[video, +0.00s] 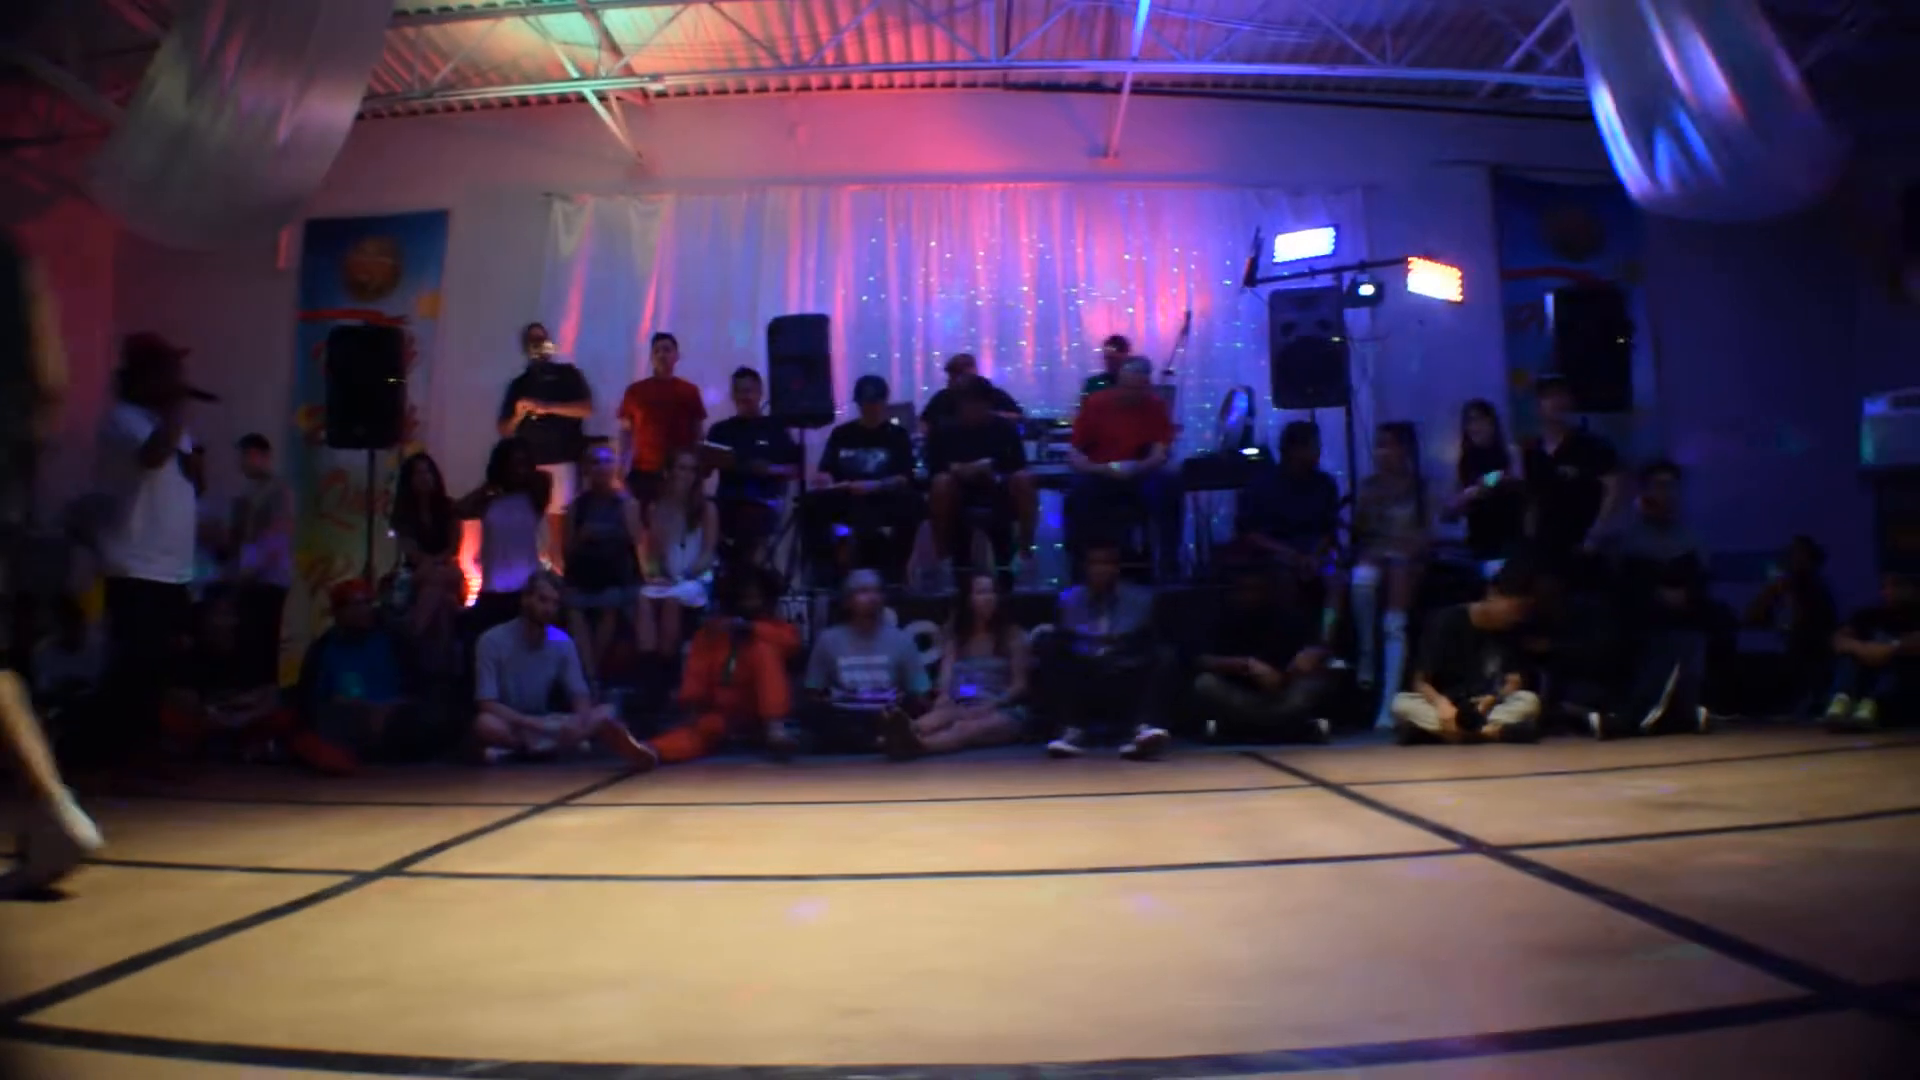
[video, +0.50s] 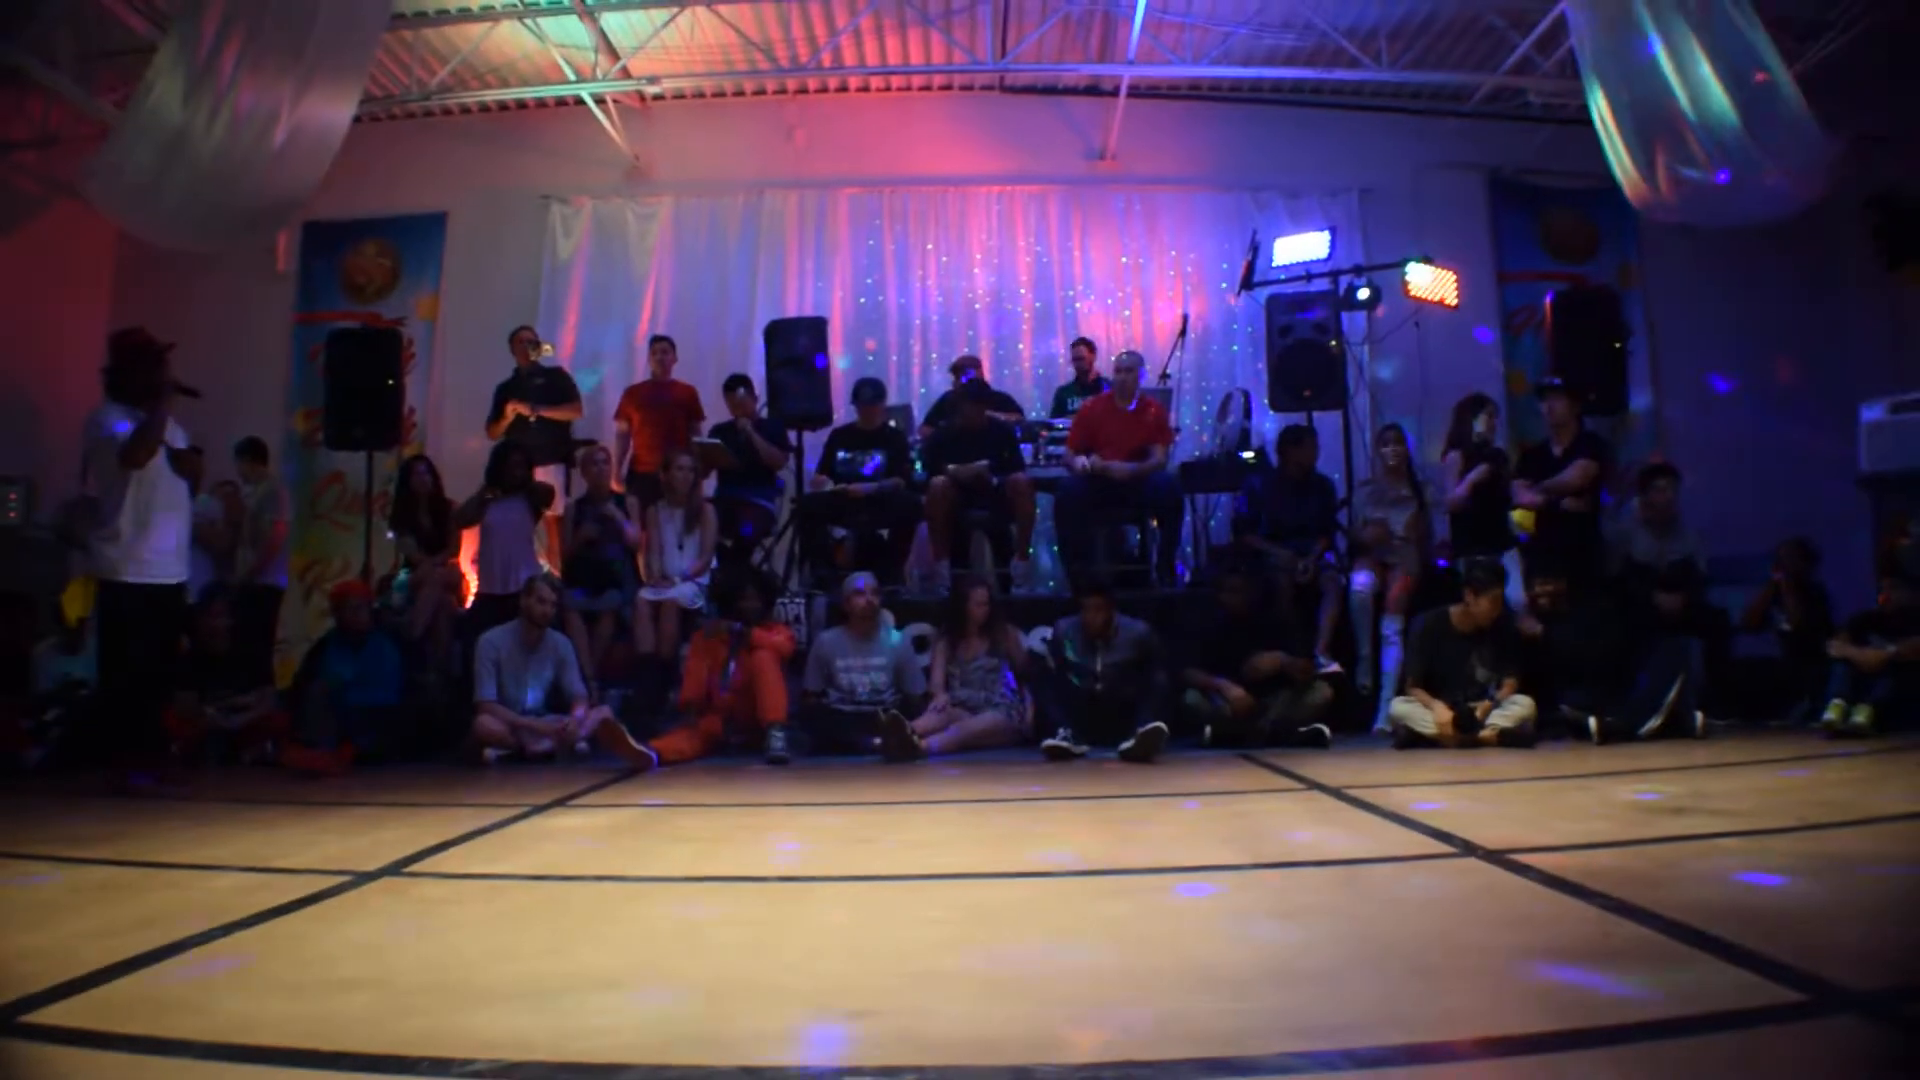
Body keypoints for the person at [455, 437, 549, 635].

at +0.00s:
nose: (517, 469)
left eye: (522, 462)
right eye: (511, 462)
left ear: (528, 464)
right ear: (499, 464)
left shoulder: (534, 499)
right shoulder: (487, 502)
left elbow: (543, 479)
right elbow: (459, 509)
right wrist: (488, 488)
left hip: (527, 590)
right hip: (493, 591)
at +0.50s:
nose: (515, 472)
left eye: (520, 465)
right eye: (509, 465)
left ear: (527, 468)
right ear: (497, 467)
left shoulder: (530, 500)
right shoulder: (487, 503)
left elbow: (548, 492)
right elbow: (460, 519)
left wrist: (524, 483)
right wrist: (483, 494)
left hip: (523, 590)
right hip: (490, 591)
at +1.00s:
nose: (544, 472)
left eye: (548, 466)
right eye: (538, 466)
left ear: (556, 469)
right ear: (525, 468)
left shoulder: (559, 499)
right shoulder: (516, 501)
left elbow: (573, 497)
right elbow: (491, 526)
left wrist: (552, 484)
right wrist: (512, 495)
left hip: (551, 587)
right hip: (518, 588)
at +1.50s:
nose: (534, 471)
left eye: (540, 465)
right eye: (529, 465)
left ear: (552, 471)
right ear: (520, 470)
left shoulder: (557, 502)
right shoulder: (515, 504)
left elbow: (562, 513)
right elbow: (490, 524)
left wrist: (555, 493)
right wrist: (516, 497)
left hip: (548, 592)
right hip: (514, 592)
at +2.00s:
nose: (534, 472)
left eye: (540, 466)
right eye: (529, 466)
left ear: (549, 471)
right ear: (518, 470)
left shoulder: (552, 499)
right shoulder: (509, 502)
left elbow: (556, 514)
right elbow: (488, 524)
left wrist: (547, 495)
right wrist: (510, 498)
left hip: (543, 593)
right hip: (509, 593)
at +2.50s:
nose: (536, 471)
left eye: (541, 465)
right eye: (530, 465)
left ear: (547, 470)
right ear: (517, 469)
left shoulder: (553, 502)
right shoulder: (504, 503)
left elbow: (558, 537)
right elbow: (487, 542)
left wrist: (553, 503)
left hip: (542, 592)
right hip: (508, 592)